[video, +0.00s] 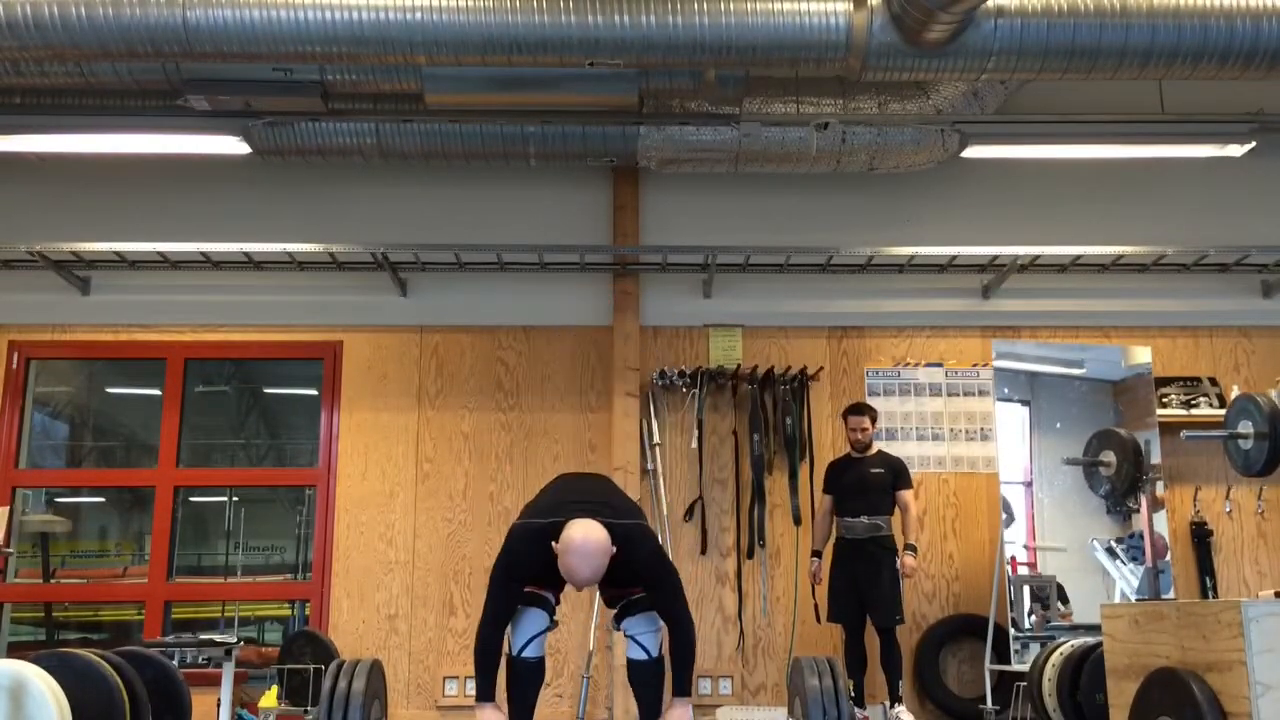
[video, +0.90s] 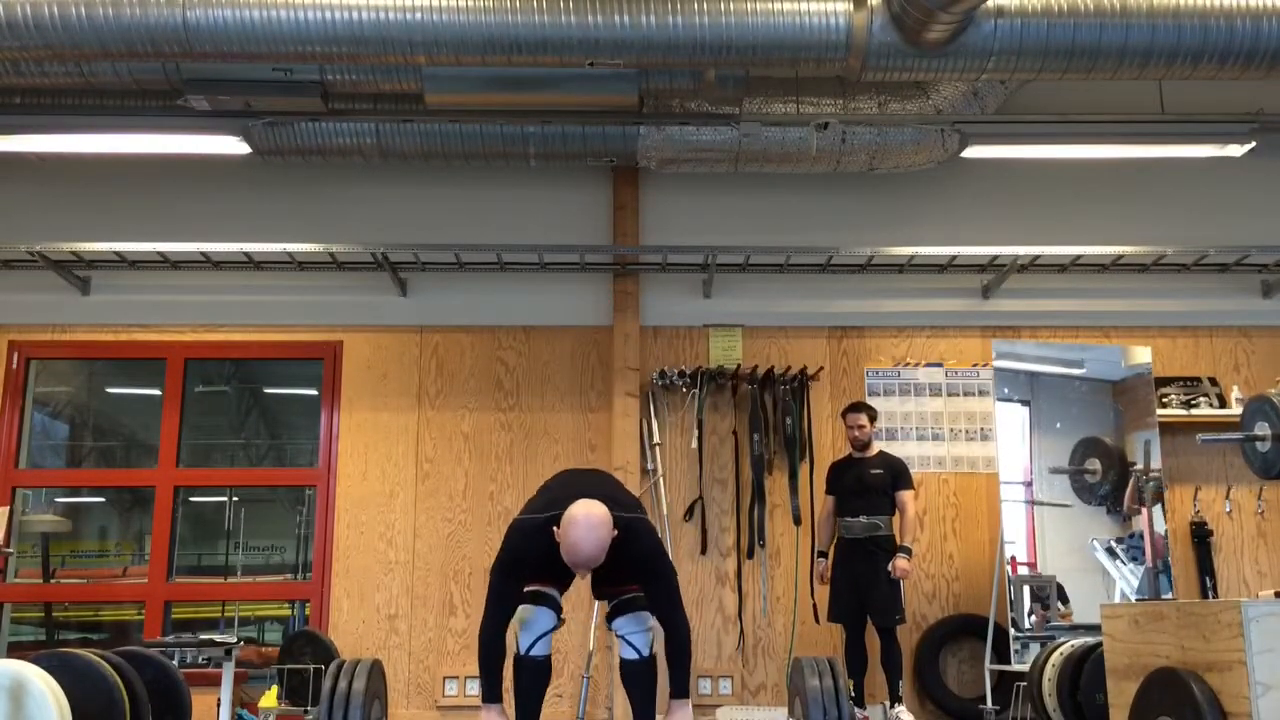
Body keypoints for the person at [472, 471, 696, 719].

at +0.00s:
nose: (579, 588)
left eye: (589, 582)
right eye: (572, 581)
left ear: (612, 553)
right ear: (556, 549)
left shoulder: (640, 543)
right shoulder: (523, 540)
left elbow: (681, 621)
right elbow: (492, 623)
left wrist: (682, 701)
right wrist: (485, 702)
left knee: (645, 630)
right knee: (527, 628)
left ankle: (650, 715)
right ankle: (521, 715)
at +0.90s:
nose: (582, 574)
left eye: (592, 566)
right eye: (574, 566)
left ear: (613, 535)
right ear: (557, 535)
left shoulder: (639, 539)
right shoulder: (523, 537)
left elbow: (676, 625)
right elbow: (492, 627)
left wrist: (680, 702)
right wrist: (491, 705)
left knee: (636, 630)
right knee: (533, 624)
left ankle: (643, 715)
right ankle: (528, 715)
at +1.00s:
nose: (581, 563)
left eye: (591, 554)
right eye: (572, 553)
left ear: (611, 529)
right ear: (557, 526)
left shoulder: (638, 535)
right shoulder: (524, 535)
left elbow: (676, 623)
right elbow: (494, 625)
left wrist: (680, 704)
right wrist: (490, 705)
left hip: (613, 549)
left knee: (639, 630)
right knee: (530, 626)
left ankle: (643, 716)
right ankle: (527, 715)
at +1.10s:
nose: (581, 550)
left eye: (592, 540)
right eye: (573, 539)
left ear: (610, 519)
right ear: (557, 515)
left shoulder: (638, 536)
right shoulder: (525, 536)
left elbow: (680, 622)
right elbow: (486, 625)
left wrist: (681, 704)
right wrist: (488, 707)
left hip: (618, 574)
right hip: (549, 574)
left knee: (645, 634)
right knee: (526, 629)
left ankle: (643, 717)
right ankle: (527, 717)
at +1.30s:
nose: (585, 526)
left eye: (596, 514)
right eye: (575, 513)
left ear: (613, 502)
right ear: (558, 499)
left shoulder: (636, 538)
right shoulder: (530, 539)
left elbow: (688, 624)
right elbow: (480, 626)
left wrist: (684, 705)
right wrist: (488, 706)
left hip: (618, 616)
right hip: (554, 615)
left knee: (657, 644)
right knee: (518, 638)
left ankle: (650, 716)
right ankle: (529, 716)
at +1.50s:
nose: (585, 536)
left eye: (597, 525)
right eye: (576, 523)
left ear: (612, 518)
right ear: (560, 513)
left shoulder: (638, 563)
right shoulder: (531, 561)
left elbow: (704, 631)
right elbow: (467, 632)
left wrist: (686, 704)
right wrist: (485, 705)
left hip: (618, 658)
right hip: (555, 657)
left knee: (666, 653)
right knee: (501, 644)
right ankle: (521, 714)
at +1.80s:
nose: (586, 504)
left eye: (597, 495)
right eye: (577, 492)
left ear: (611, 501)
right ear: (561, 495)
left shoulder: (639, 552)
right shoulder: (532, 551)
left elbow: (696, 627)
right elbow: (474, 629)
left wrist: (683, 703)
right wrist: (490, 704)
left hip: (618, 648)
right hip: (555, 646)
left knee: (662, 653)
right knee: (509, 646)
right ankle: (525, 715)